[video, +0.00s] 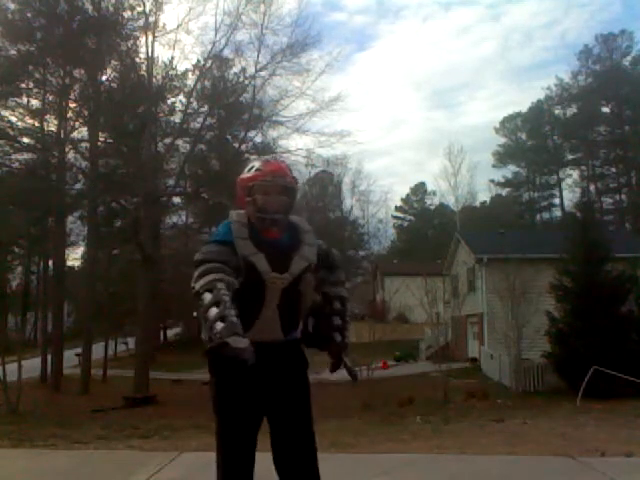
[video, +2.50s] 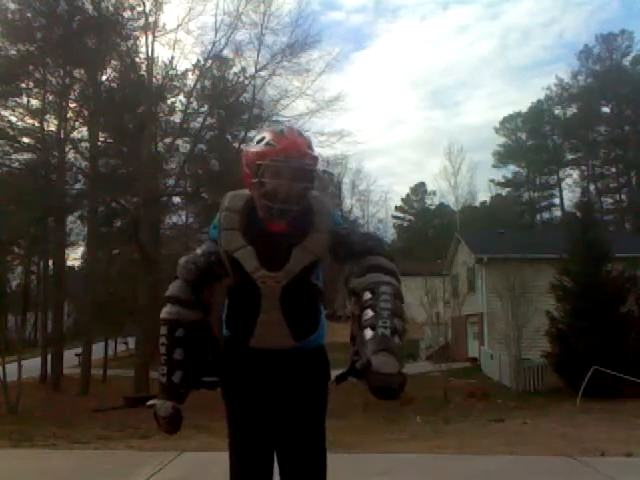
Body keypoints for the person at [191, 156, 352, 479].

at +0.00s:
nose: (275, 200)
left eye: (282, 192)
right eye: (266, 192)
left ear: (291, 198)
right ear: (249, 197)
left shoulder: (305, 238)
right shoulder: (230, 235)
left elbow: (332, 283)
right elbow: (212, 281)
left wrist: (334, 335)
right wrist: (229, 337)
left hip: (287, 357)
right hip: (238, 355)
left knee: (298, 449)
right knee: (236, 452)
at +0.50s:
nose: (299, 197)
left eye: (307, 189)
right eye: (290, 188)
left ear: (317, 194)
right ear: (274, 192)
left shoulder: (332, 241)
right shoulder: (253, 233)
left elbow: (343, 300)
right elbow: (246, 282)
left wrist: (328, 351)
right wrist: (278, 340)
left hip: (311, 366)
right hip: (259, 364)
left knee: (314, 461)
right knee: (253, 462)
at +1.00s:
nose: (323, 186)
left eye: (333, 178)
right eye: (314, 177)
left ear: (345, 184)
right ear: (296, 181)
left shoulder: (360, 227)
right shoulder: (272, 223)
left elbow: (406, 271)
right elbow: (237, 281)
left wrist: (404, 363)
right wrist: (215, 344)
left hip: (335, 358)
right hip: (278, 356)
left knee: (326, 461)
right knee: (266, 458)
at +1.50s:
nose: (302, 179)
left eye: (312, 171)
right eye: (291, 170)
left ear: (325, 180)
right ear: (274, 180)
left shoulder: (342, 229)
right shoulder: (253, 229)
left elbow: (378, 274)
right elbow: (225, 287)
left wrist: (369, 346)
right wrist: (209, 343)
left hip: (323, 364)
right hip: (267, 363)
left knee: (318, 465)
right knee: (264, 462)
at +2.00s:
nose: (284, 192)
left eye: (296, 181)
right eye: (274, 180)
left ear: (311, 186)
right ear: (256, 183)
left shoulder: (334, 229)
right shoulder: (233, 230)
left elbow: (369, 282)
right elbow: (192, 290)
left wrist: (361, 366)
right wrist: (171, 364)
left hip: (311, 365)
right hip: (254, 366)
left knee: (310, 466)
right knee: (259, 465)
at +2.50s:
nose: (286, 188)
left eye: (297, 178)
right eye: (275, 175)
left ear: (310, 182)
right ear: (255, 176)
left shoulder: (325, 220)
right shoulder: (230, 221)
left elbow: (370, 264)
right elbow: (188, 291)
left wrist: (380, 341)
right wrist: (171, 384)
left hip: (303, 362)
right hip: (244, 362)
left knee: (305, 466)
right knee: (248, 467)